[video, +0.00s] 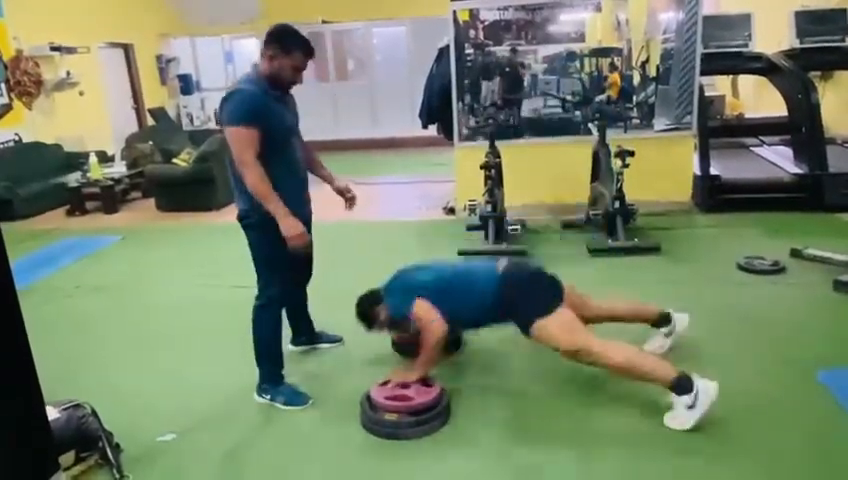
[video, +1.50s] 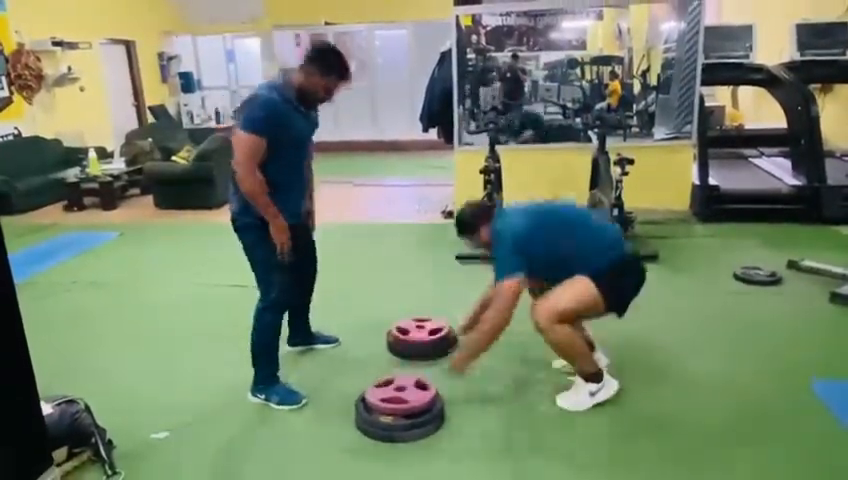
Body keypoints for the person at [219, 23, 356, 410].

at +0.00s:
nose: (300, 77)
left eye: (303, 69)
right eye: (297, 68)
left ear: (279, 61)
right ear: (271, 57)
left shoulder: (281, 95)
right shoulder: (243, 101)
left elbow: (296, 147)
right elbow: (248, 169)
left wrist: (332, 181)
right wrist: (284, 217)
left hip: (293, 208)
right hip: (263, 214)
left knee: (297, 278)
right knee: (272, 294)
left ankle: (303, 334)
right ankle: (270, 382)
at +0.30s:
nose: (297, 74)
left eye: (299, 66)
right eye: (292, 66)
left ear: (275, 60)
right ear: (267, 57)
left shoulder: (277, 97)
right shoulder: (237, 100)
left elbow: (290, 153)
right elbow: (240, 166)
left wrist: (312, 199)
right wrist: (276, 217)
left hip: (292, 208)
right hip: (260, 215)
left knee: (297, 278)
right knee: (269, 294)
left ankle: (302, 333)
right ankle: (268, 381)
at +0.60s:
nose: (296, 72)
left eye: (299, 65)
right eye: (291, 64)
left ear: (277, 59)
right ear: (266, 56)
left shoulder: (278, 96)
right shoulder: (235, 99)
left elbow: (288, 154)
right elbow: (234, 167)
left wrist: (305, 200)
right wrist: (263, 220)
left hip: (290, 209)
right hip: (259, 216)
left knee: (295, 277)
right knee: (268, 294)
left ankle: (300, 332)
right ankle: (266, 380)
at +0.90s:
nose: (298, 78)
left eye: (301, 70)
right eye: (293, 69)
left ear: (279, 63)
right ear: (269, 59)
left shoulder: (282, 100)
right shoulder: (236, 101)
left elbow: (296, 153)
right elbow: (238, 168)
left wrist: (322, 198)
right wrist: (271, 220)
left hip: (291, 209)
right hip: (259, 216)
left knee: (296, 276)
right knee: (270, 294)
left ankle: (300, 333)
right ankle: (266, 381)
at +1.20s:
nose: (301, 69)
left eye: (303, 62)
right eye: (295, 62)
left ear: (280, 58)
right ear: (270, 56)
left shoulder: (287, 97)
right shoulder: (239, 101)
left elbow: (299, 149)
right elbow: (239, 167)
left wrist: (317, 195)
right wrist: (274, 219)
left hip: (294, 209)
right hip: (261, 217)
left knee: (297, 278)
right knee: (269, 296)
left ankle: (300, 334)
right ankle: (265, 382)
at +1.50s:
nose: (331, 95)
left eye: (335, 88)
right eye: (329, 87)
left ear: (320, 79)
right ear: (310, 73)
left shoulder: (305, 106)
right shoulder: (264, 106)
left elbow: (304, 162)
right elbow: (244, 170)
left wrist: (308, 205)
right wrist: (274, 220)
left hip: (293, 211)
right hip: (257, 216)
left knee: (304, 270)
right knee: (276, 293)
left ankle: (300, 333)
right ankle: (264, 382)